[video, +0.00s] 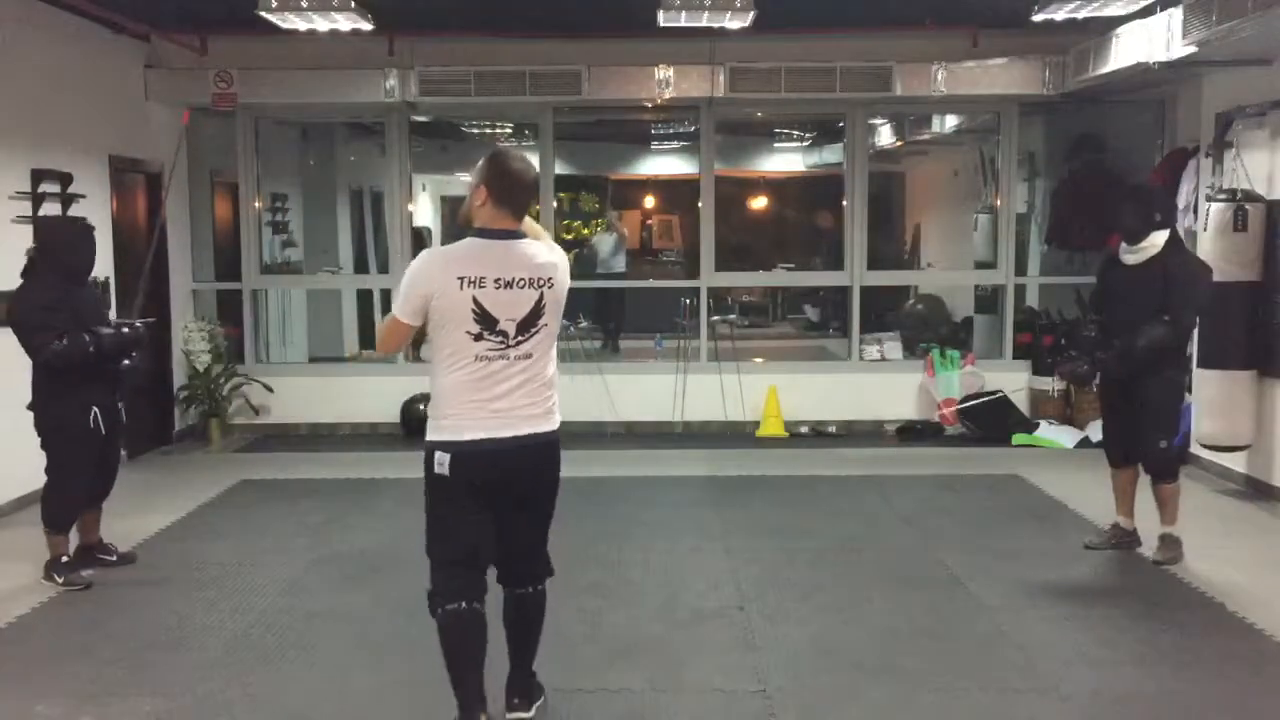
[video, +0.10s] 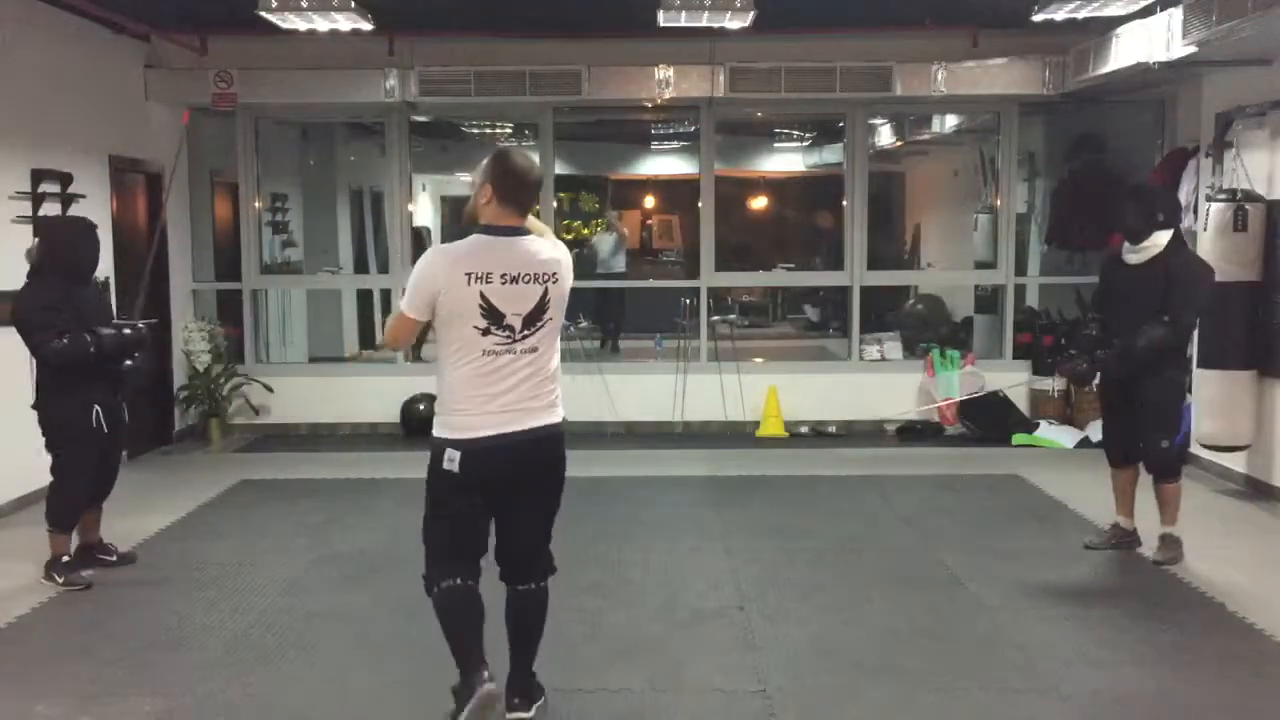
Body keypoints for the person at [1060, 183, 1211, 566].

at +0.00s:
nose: (1126, 226)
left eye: (1132, 218)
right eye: (1123, 219)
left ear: (1150, 218)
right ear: (1120, 221)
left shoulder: (1180, 263)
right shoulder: (1113, 263)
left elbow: (1178, 325)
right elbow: (1097, 315)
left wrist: (1131, 349)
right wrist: (1091, 346)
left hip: (1160, 375)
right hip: (1117, 373)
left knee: (1161, 456)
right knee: (1120, 451)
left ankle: (1169, 536)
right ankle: (1124, 528)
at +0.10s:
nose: (1128, 226)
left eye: (1135, 218)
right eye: (1125, 218)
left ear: (1154, 217)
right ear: (1122, 220)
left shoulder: (1185, 265)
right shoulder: (1115, 263)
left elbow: (1176, 328)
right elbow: (1099, 316)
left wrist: (1125, 353)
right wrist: (1089, 347)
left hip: (1162, 378)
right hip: (1118, 375)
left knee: (1163, 458)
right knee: (1121, 452)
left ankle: (1169, 536)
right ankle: (1124, 528)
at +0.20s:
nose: (1128, 226)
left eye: (1135, 217)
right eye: (1126, 217)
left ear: (1157, 216)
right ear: (1125, 218)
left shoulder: (1188, 266)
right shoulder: (1118, 263)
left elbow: (1176, 329)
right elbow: (1102, 317)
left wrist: (1123, 354)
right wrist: (1088, 347)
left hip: (1162, 380)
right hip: (1118, 377)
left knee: (1166, 460)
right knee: (1120, 453)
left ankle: (1170, 537)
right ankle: (1123, 528)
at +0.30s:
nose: (1132, 222)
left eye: (1140, 214)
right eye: (1130, 214)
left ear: (1162, 215)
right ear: (1127, 215)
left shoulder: (1190, 268)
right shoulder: (1119, 263)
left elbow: (1178, 329)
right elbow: (1104, 316)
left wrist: (1124, 352)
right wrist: (1089, 347)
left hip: (1164, 378)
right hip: (1119, 374)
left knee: (1168, 456)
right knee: (1121, 450)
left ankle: (1170, 537)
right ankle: (1124, 527)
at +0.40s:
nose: (1131, 223)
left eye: (1139, 215)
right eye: (1130, 215)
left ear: (1161, 216)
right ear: (1129, 217)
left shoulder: (1191, 268)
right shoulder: (1120, 264)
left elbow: (1181, 328)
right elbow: (1105, 318)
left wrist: (1128, 351)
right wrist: (1090, 349)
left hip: (1164, 378)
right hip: (1120, 373)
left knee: (1168, 456)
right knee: (1122, 451)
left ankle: (1170, 537)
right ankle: (1124, 528)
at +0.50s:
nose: (1132, 223)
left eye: (1140, 215)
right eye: (1131, 215)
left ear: (1162, 217)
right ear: (1130, 216)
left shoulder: (1191, 268)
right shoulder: (1121, 264)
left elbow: (1182, 329)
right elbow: (1106, 317)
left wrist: (1128, 351)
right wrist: (1093, 348)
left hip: (1164, 377)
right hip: (1120, 373)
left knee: (1168, 456)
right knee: (1122, 451)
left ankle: (1170, 537)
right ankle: (1124, 527)